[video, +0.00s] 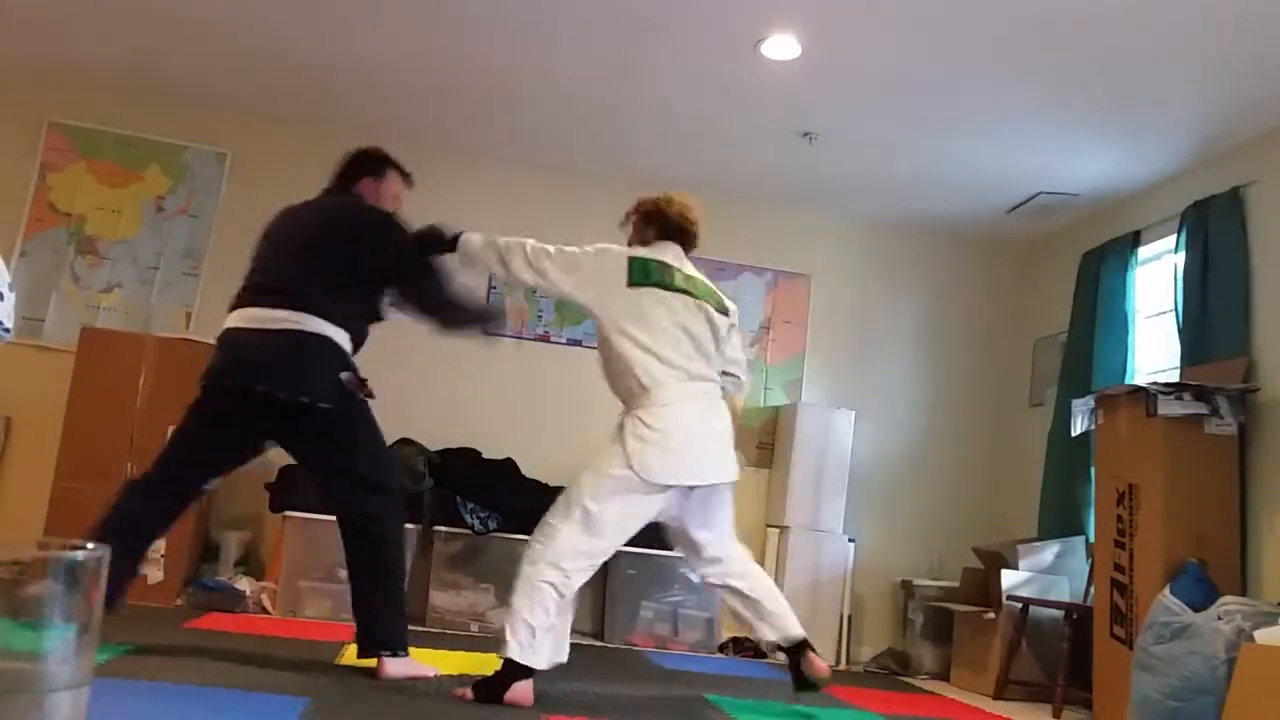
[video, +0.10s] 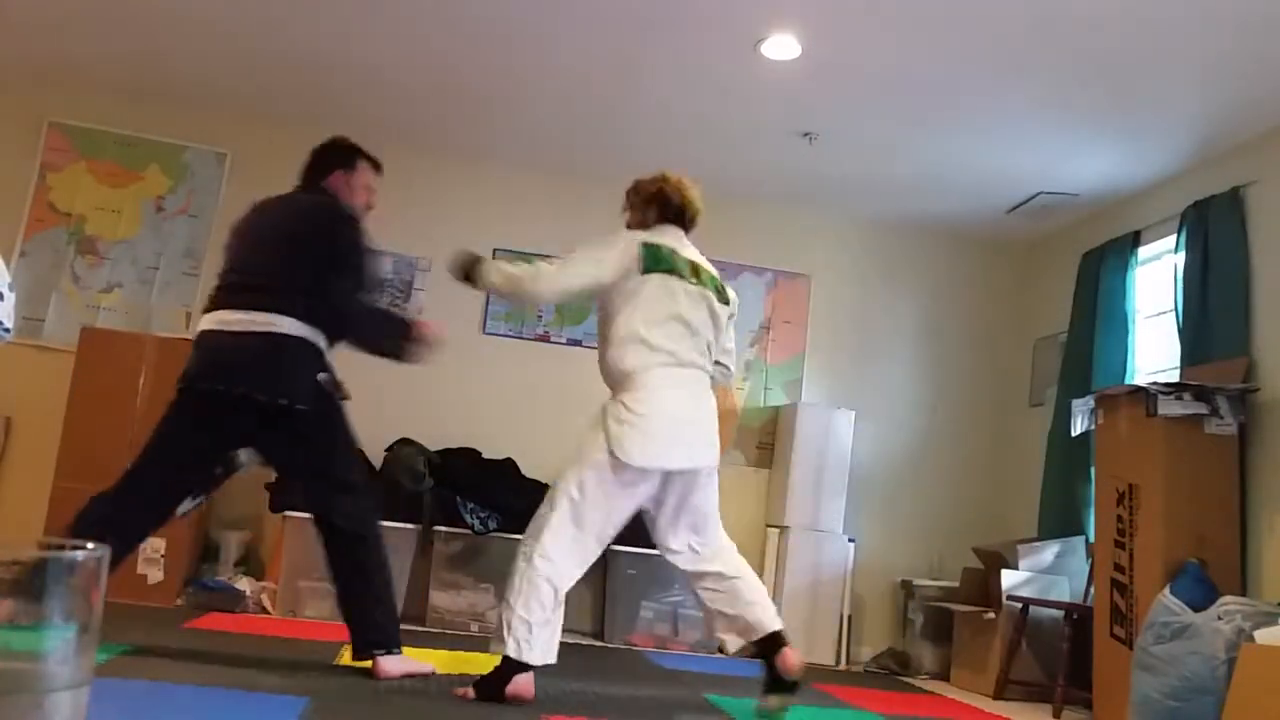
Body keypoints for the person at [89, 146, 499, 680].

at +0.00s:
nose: (402, 206)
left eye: (404, 195)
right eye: (399, 193)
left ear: (349, 187)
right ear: (371, 186)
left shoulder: (292, 218)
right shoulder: (379, 228)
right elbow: (437, 300)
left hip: (237, 367)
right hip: (312, 376)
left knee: (165, 484)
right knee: (373, 508)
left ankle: (80, 597)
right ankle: (386, 650)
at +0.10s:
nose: (372, 200)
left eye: (375, 189)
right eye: (369, 186)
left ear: (317, 177)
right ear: (340, 176)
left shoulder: (260, 214)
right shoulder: (336, 220)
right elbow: (339, 307)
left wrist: (377, 318)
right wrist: (405, 334)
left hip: (215, 366)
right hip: (287, 374)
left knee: (144, 491)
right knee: (350, 504)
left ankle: (37, 593)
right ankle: (381, 649)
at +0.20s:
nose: (346, 187)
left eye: (349, 176)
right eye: (343, 173)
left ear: (289, 165)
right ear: (312, 164)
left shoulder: (235, 204)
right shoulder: (307, 210)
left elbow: (256, 280)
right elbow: (318, 291)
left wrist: (331, 253)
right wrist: (360, 274)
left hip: (193, 361)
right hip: (266, 369)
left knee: (131, 490)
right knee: (329, 505)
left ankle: (29, 599)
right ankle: (369, 642)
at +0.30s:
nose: (333, 179)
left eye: (337, 169)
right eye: (330, 164)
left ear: (281, 154)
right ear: (295, 152)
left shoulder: (228, 189)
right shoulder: (284, 192)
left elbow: (256, 271)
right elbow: (288, 277)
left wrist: (324, 234)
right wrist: (362, 241)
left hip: (177, 346)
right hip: (239, 352)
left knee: (133, 484)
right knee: (314, 480)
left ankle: (39, 598)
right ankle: (332, 629)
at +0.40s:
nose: (332, 178)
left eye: (337, 167)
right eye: (330, 162)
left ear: (285, 151)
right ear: (295, 150)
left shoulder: (222, 187)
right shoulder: (276, 190)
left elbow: (260, 286)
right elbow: (282, 278)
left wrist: (322, 245)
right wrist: (359, 266)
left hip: (170, 340)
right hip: (231, 347)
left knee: (125, 483)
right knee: (300, 478)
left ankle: (28, 599)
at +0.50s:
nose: (331, 179)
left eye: (335, 169)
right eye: (327, 164)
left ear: (286, 154)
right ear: (291, 152)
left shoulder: (227, 190)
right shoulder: (270, 193)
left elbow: (268, 298)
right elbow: (273, 289)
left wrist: (326, 249)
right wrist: (341, 274)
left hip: (164, 339)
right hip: (221, 348)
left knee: (117, 481)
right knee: (276, 489)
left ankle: (20, 597)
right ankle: (238, 634)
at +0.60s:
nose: (330, 174)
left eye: (335, 164)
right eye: (326, 160)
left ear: (285, 151)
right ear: (292, 147)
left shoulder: (225, 185)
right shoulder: (268, 193)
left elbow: (260, 300)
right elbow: (265, 295)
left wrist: (323, 266)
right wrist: (323, 265)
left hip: (161, 333)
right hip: (218, 341)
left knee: (118, 477)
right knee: (274, 482)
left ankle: (23, 593)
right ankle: (249, 631)